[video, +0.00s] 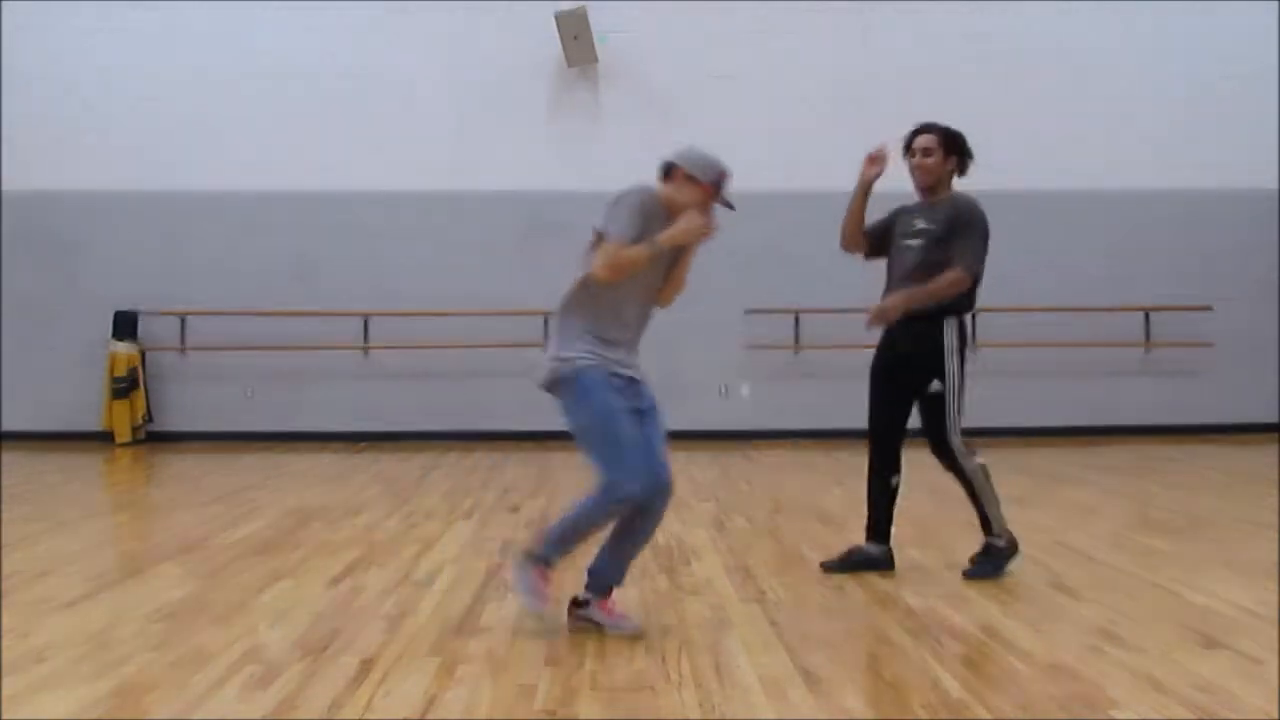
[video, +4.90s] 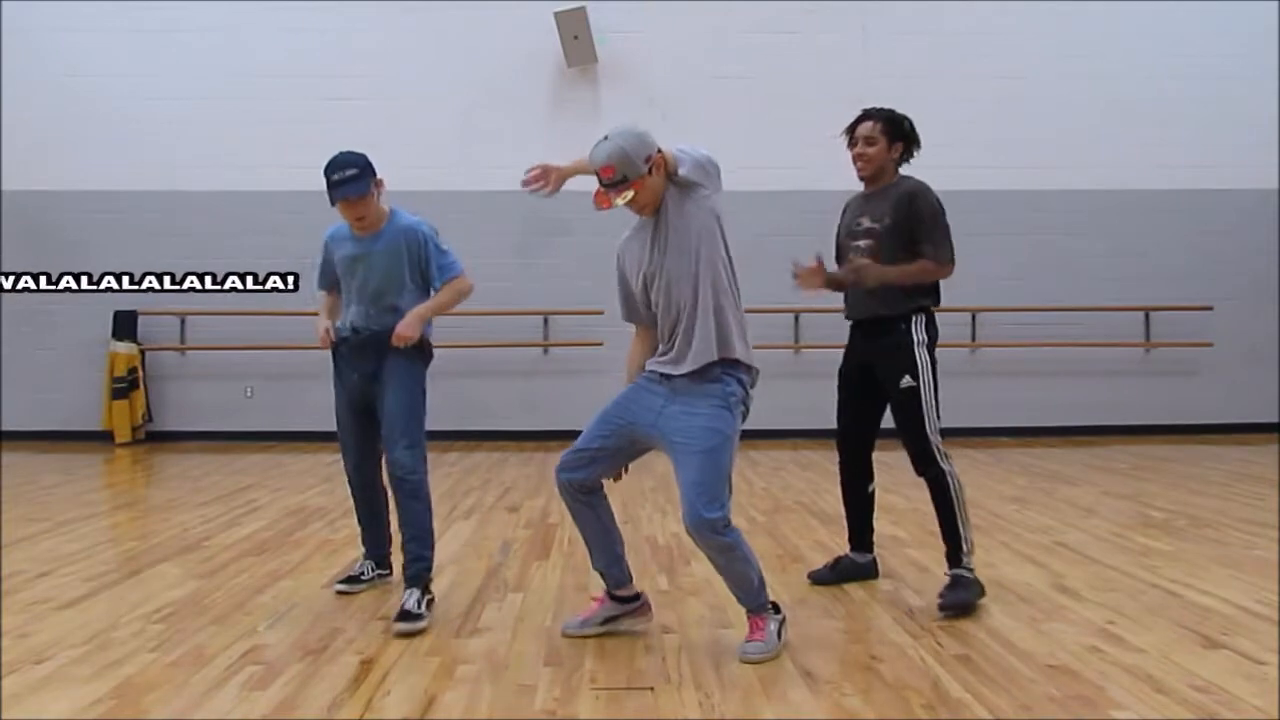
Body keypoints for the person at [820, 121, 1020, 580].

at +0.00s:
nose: (918, 162)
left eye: (928, 153)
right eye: (913, 154)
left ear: (952, 162)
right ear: (908, 163)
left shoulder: (966, 215)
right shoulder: (903, 217)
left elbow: (962, 278)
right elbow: (853, 242)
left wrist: (901, 300)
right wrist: (864, 185)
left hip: (940, 335)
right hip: (898, 336)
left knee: (946, 442)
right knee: (883, 442)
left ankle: (1000, 538)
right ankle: (877, 544)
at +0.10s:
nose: (899, 160)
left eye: (910, 152)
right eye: (894, 153)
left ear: (934, 160)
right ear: (889, 161)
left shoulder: (949, 212)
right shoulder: (883, 216)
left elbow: (951, 283)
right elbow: (851, 270)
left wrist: (903, 318)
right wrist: (836, 226)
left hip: (922, 333)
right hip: (881, 333)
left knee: (918, 442)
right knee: (876, 443)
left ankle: (974, 528)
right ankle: (877, 545)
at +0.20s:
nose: (885, 160)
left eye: (895, 151)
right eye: (879, 152)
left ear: (919, 157)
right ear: (873, 159)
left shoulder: (937, 209)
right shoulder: (871, 214)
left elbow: (950, 276)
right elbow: (852, 279)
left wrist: (896, 312)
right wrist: (825, 261)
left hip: (915, 330)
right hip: (873, 331)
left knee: (902, 440)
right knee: (869, 441)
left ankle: (936, 540)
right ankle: (875, 543)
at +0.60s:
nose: (863, 167)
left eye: (872, 157)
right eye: (856, 158)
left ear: (896, 156)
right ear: (850, 161)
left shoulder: (917, 204)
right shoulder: (850, 211)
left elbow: (919, 276)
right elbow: (839, 281)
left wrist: (844, 261)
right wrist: (831, 260)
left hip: (896, 325)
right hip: (856, 325)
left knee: (891, 436)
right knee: (858, 437)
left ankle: (889, 551)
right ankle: (872, 542)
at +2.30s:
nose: (848, 143)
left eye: (854, 134)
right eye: (836, 139)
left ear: (867, 144)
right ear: (824, 157)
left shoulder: (904, 192)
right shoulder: (822, 213)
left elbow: (950, 237)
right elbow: (819, 281)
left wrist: (915, 255)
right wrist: (795, 242)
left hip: (890, 329)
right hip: (844, 333)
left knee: (890, 448)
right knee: (849, 447)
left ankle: (892, 557)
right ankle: (862, 548)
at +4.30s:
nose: (841, 145)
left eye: (852, 137)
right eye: (839, 138)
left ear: (880, 150)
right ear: (841, 151)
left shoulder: (897, 196)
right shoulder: (844, 205)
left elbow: (930, 257)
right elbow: (845, 270)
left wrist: (866, 271)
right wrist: (814, 255)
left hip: (879, 329)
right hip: (842, 330)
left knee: (877, 445)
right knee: (841, 444)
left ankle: (893, 557)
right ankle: (859, 550)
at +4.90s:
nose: (858, 151)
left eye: (869, 143)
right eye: (854, 144)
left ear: (897, 149)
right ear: (852, 151)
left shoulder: (917, 197)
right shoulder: (853, 207)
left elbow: (940, 267)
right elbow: (856, 277)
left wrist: (878, 273)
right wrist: (824, 277)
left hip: (908, 332)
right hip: (865, 335)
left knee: (925, 449)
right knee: (852, 447)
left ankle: (961, 571)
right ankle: (860, 555)